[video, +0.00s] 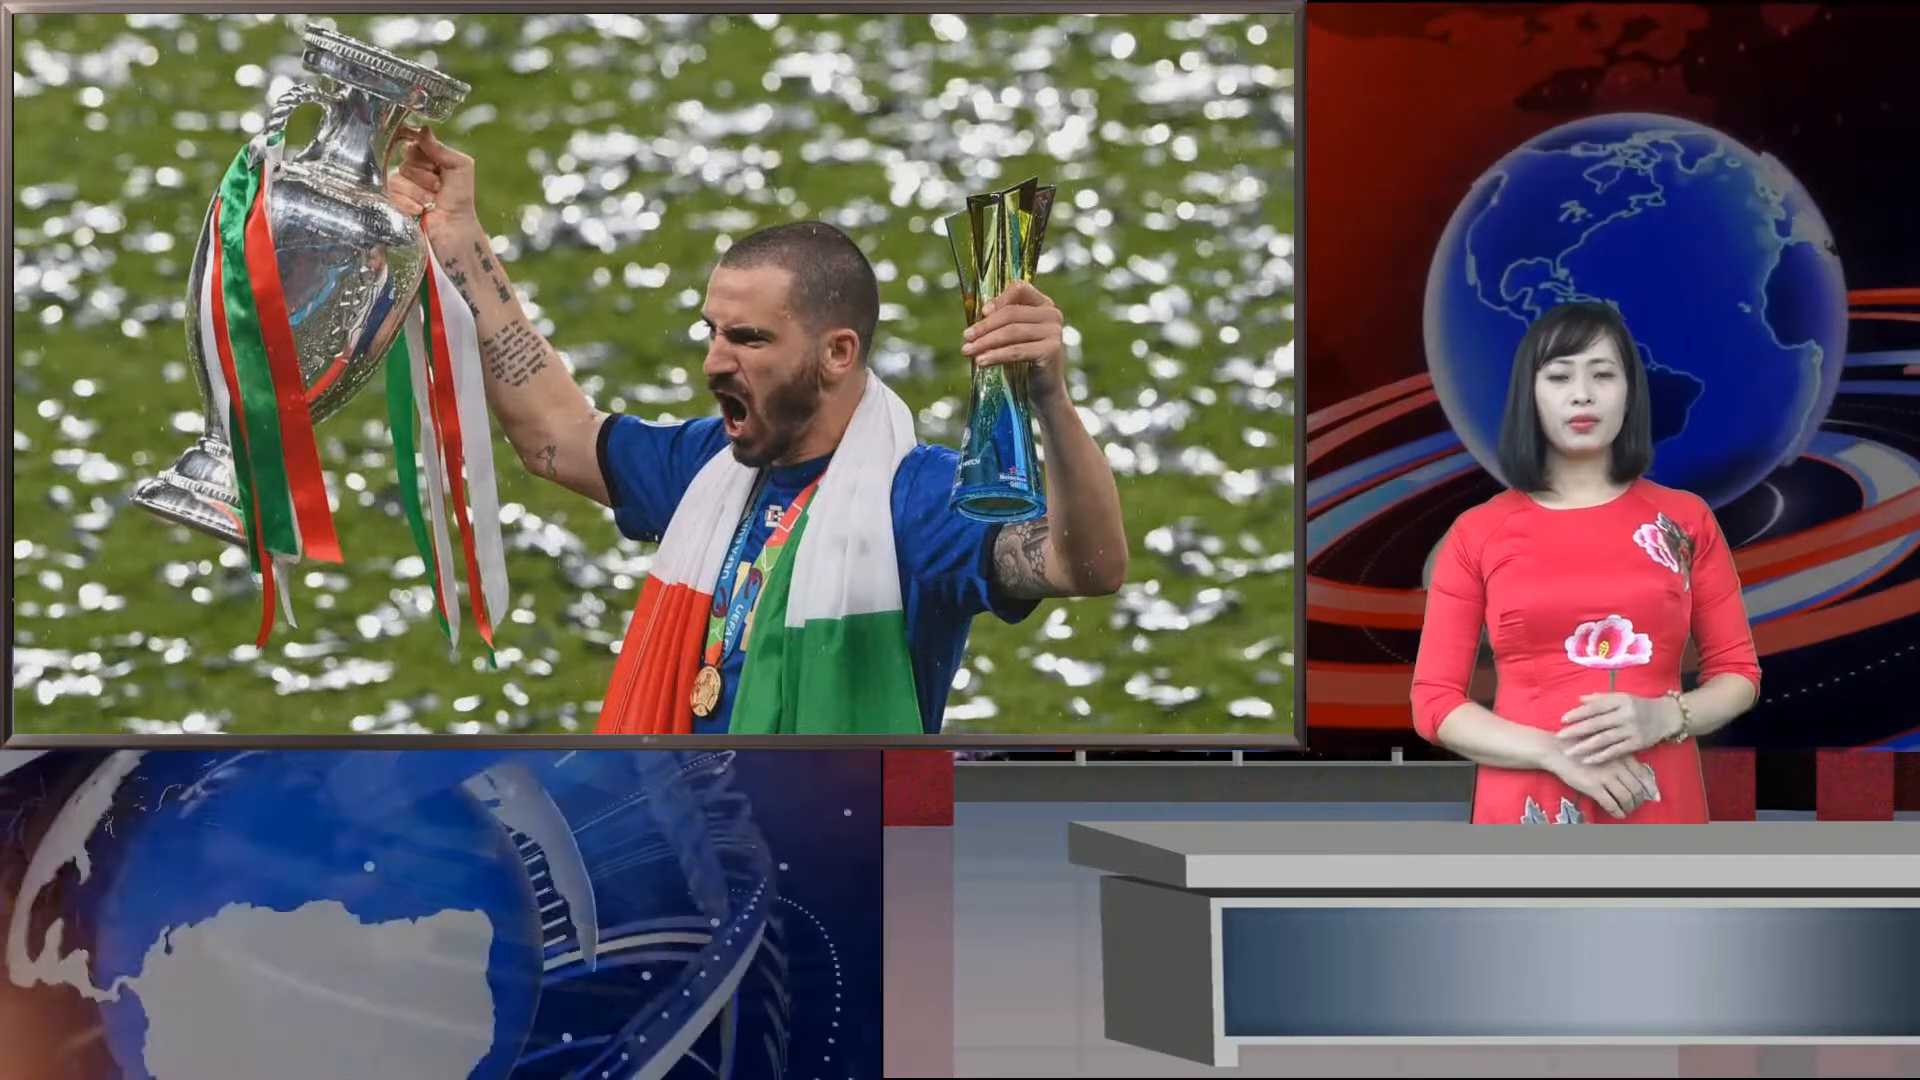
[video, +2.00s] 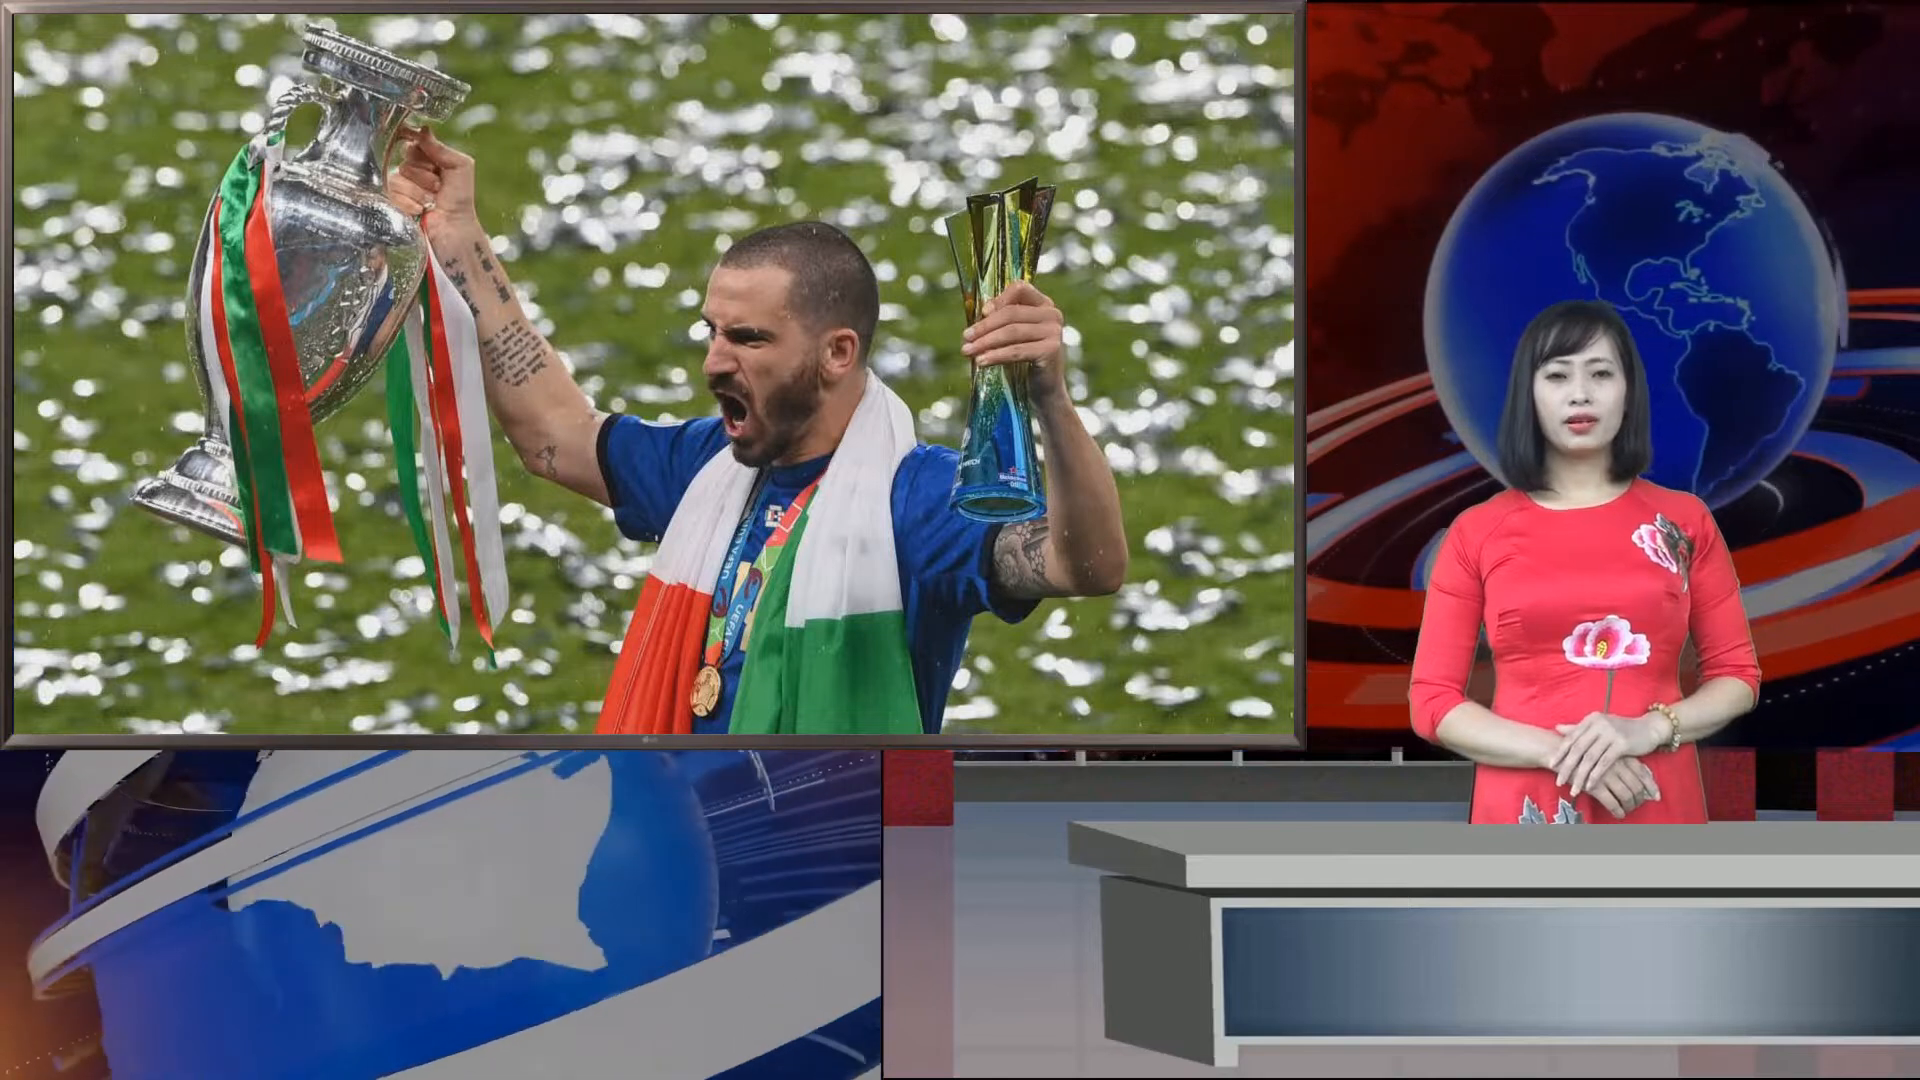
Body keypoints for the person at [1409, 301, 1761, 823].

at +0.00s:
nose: (1582, 394)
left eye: (1602, 375)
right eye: (1560, 376)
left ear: (1629, 392)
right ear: (1531, 393)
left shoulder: (1685, 521)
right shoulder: (1478, 535)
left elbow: (1738, 676)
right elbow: (1434, 700)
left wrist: (1659, 718)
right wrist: (1553, 751)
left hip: (1663, 823)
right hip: (1524, 823)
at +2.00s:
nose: (1579, 393)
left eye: (1601, 374)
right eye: (1558, 375)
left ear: (1628, 392)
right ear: (1530, 393)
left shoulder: (1683, 521)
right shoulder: (1478, 533)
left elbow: (1737, 679)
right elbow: (1432, 701)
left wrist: (1650, 727)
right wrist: (1565, 751)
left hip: (1661, 823)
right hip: (1521, 824)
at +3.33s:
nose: (1581, 393)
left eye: (1604, 374)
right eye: (1560, 375)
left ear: (1633, 392)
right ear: (1533, 392)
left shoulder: (1688, 522)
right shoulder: (1480, 532)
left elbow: (1740, 680)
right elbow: (1433, 700)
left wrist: (1653, 729)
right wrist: (1569, 753)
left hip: (1662, 823)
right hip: (1522, 824)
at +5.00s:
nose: (1582, 393)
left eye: (1604, 373)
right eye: (1560, 375)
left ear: (1632, 391)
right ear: (1532, 392)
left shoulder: (1687, 521)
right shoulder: (1480, 533)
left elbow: (1741, 680)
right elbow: (1434, 700)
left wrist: (1652, 728)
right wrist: (1565, 752)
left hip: (1661, 823)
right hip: (1523, 824)